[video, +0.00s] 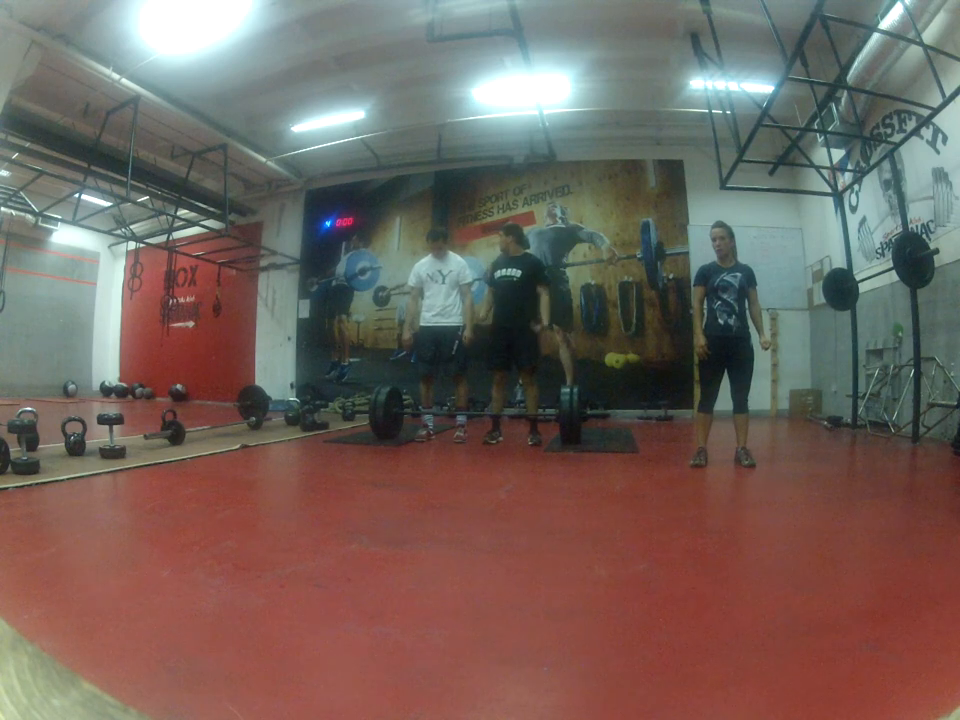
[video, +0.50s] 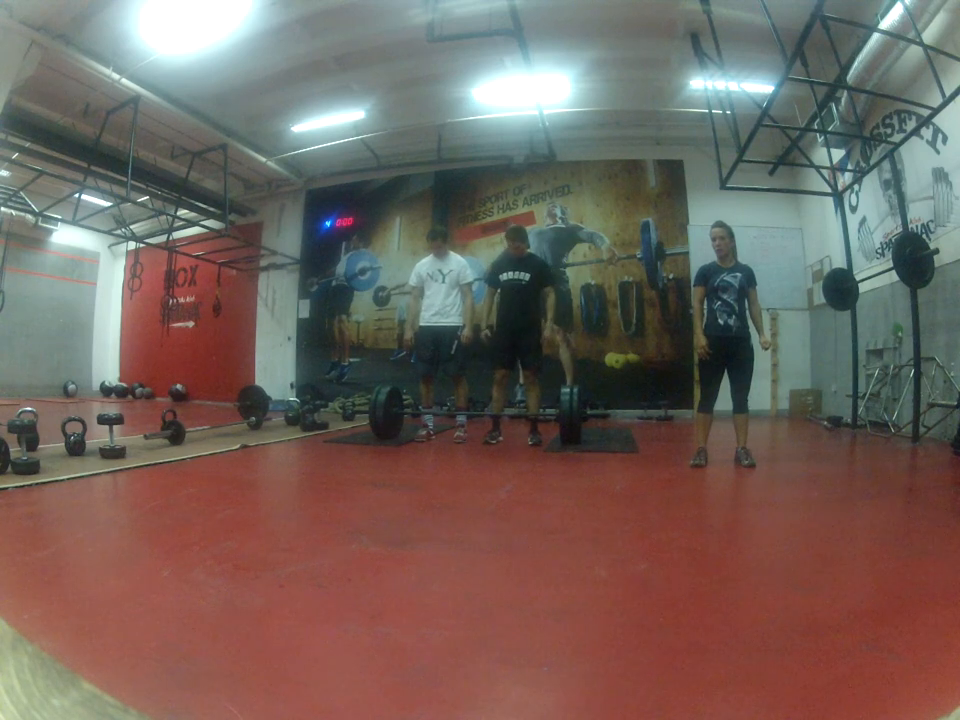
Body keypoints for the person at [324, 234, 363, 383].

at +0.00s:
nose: (352, 243)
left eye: (355, 240)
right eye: (352, 240)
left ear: (360, 242)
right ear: (352, 242)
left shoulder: (359, 256)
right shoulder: (347, 256)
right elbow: (336, 273)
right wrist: (319, 280)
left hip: (346, 288)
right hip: (335, 288)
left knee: (342, 324)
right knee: (334, 325)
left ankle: (345, 362)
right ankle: (335, 361)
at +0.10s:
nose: (352, 243)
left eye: (355, 241)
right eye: (352, 241)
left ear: (361, 243)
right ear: (352, 242)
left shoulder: (361, 256)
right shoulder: (347, 256)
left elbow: (363, 274)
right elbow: (336, 273)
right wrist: (319, 280)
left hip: (346, 288)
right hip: (335, 288)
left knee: (342, 323)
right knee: (334, 325)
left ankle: (345, 362)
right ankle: (335, 361)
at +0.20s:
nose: (352, 243)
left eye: (355, 240)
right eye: (352, 240)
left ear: (360, 242)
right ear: (353, 242)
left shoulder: (360, 256)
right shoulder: (347, 256)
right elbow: (337, 273)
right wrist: (320, 280)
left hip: (346, 288)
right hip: (335, 287)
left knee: (342, 323)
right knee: (334, 325)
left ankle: (345, 362)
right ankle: (335, 361)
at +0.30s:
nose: (352, 243)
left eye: (355, 241)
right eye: (352, 240)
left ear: (361, 243)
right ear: (352, 242)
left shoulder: (360, 256)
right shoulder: (347, 256)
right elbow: (336, 273)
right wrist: (319, 280)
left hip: (346, 288)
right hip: (335, 288)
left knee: (342, 323)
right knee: (333, 325)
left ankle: (345, 362)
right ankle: (335, 360)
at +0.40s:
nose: (352, 243)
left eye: (355, 241)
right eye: (352, 241)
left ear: (361, 243)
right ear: (353, 242)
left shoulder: (360, 257)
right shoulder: (347, 256)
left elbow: (363, 275)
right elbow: (336, 273)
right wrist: (319, 280)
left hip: (346, 288)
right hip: (335, 288)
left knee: (342, 323)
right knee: (334, 325)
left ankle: (345, 362)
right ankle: (335, 361)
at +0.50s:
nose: (352, 243)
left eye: (355, 241)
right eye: (352, 240)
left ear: (361, 243)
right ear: (353, 242)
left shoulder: (360, 257)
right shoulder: (347, 256)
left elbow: (363, 275)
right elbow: (336, 273)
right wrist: (319, 280)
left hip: (346, 288)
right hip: (335, 288)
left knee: (342, 323)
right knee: (334, 325)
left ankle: (345, 362)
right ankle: (335, 361)